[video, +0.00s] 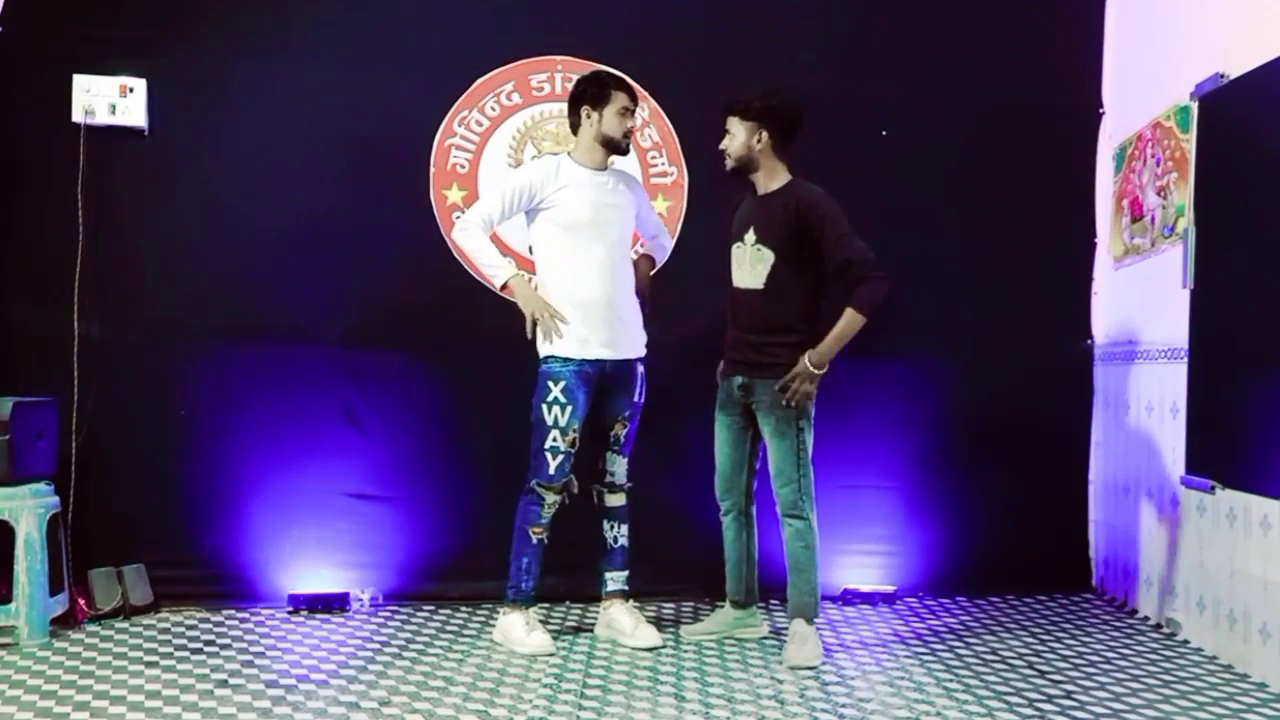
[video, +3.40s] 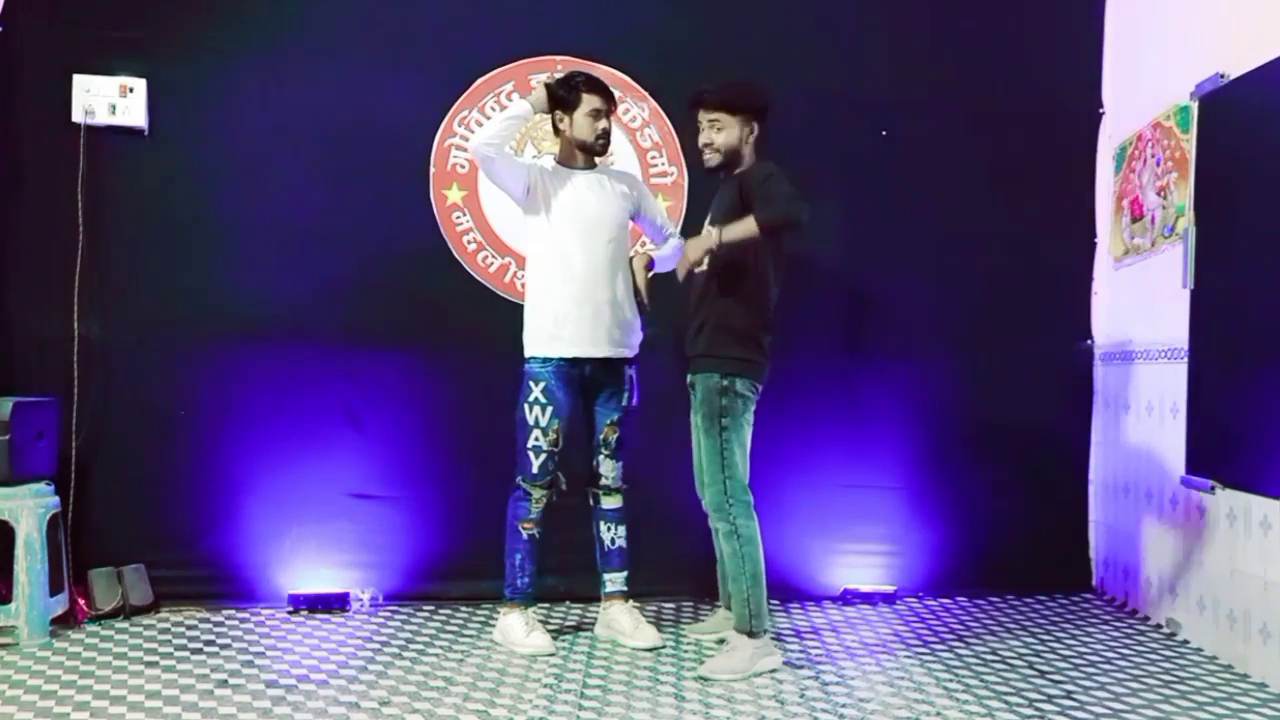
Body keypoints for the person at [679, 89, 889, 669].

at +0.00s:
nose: (723, 142)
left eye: (730, 132)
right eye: (725, 132)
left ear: (761, 138)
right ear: (755, 140)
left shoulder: (808, 203)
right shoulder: (746, 207)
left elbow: (869, 284)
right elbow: (750, 293)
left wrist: (819, 356)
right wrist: (731, 356)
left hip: (785, 379)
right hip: (735, 376)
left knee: (794, 506)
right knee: (731, 498)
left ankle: (802, 623)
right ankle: (741, 609)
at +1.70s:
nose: (714, 142)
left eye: (725, 132)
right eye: (716, 132)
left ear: (759, 139)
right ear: (745, 142)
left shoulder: (796, 202)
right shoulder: (721, 211)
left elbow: (825, 279)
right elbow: (711, 281)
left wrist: (748, 302)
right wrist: (711, 317)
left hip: (777, 377)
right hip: (724, 378)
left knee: (790, 503)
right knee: (733, 499)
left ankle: (802, 622)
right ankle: (741, 609)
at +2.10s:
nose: (702, 145)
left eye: (712, 136)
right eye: (702, 136)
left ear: (747, 143)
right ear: (724, 146)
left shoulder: (773, 206)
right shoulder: (724, 209)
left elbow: (739, 286)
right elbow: (713, 278)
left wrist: (672, 257)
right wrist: (665, 254)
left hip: (762, 370)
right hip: (722, 371)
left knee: (752, 487)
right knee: (726, 493)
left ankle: (797, 615)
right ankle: (741, 610)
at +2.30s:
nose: (697, 150)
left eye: (709, 139)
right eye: (693, 140)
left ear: (742, 145)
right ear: (696, 146)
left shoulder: (766, 199)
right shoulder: (713, 208)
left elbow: (713, 236)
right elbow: (672, 239)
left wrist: (645, 187)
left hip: (764, 371)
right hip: (727, 371)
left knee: (762, 499)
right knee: (730, 498)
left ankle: (759, 634)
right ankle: (738, 609)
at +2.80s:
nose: (680, 139)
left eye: (687, 128)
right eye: (681, 128)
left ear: (716, 133)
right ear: (712, 134)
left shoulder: (762, 192)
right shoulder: (716, 195)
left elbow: (762, 276)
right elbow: (715, 266)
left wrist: (692, 253)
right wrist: (668, 248)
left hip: (763, 370)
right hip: (730, 369)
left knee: (761, 500)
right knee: (728, 496)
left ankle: (762, 638)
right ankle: (738, 613)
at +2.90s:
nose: (680, 137)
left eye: (686, 126)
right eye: (681, 127)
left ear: (715, 131)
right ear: (715, 132)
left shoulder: (763, 195)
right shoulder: (725, 199)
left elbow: (782, 283)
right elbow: (722, 279)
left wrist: (702, 291)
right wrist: (666, 289)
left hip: (757, 372)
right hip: (727, 371)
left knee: (758, 501)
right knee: (729, 500)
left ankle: (761, 638)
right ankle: (739, 614)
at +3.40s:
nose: (705, 137)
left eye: (717, 126)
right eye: (702, 127)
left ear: (749, 129)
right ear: (705, 132)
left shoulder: (762, 177)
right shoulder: (727, 192)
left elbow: (788, 212)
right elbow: (708, 268)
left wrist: (713, 238)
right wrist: (666, 260)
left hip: (731, 363)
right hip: (707, 363)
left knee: (730, 497)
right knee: (716, 496)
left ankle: (755, 636)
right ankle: (735, 613)